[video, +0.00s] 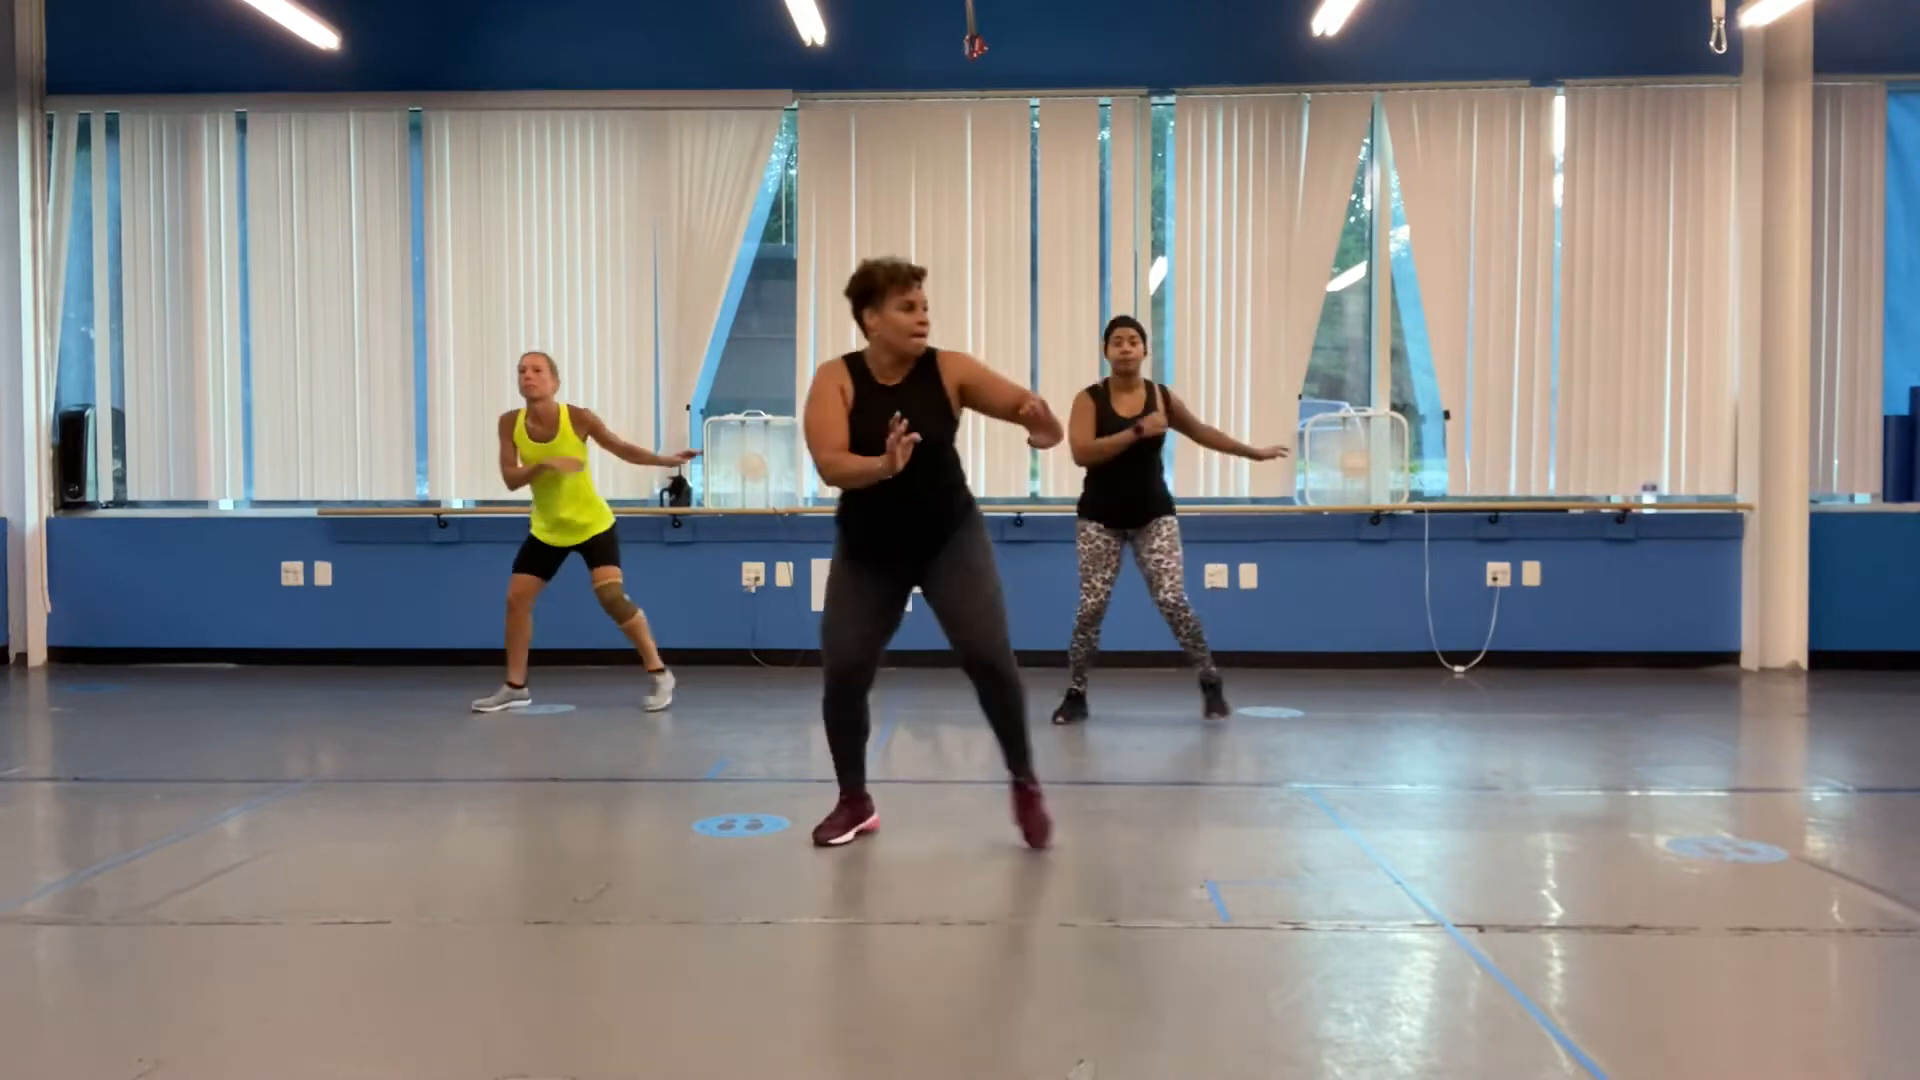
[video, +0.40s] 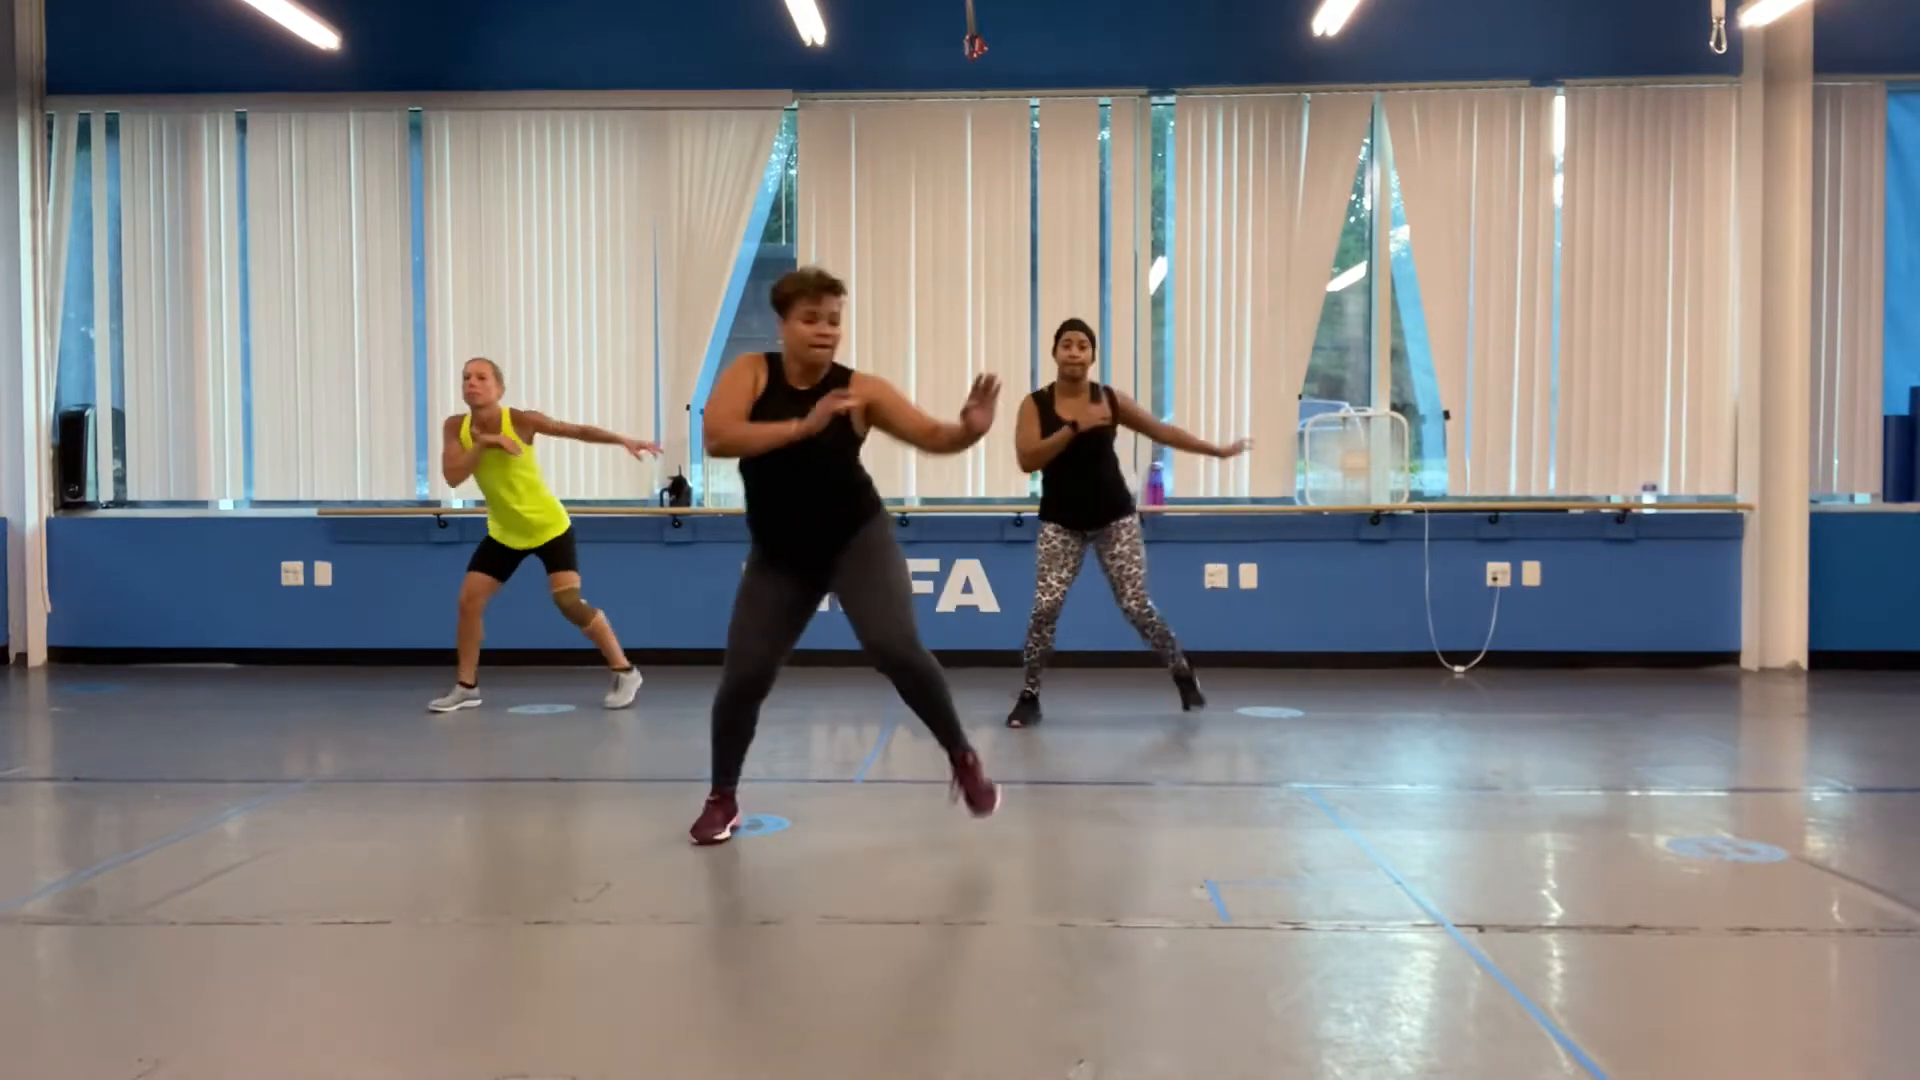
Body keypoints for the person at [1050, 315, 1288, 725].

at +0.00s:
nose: (1126, 348)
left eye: (1133, 342)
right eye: (1118, 342)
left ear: (1145, 351)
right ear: (1105, 352)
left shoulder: (1161, 398)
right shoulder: (1088, 400)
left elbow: (1201, 433)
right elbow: (1081, 453)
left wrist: (1252, 453)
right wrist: (1135, 432)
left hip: (1153, 517)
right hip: (1099, 519)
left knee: (1171, 601)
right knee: (1091, 607)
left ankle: (1211, 684)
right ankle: (1075, 694)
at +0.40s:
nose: (1074, 352)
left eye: (1082, 346)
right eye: (1067, 345)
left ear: (1093, 356)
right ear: (1054, 354)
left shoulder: (1109, 400)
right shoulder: (1035, 404)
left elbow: (1160, 431)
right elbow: (1027, 461)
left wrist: (1216, 451)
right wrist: (1073, 429)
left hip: (1113, 517)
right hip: (1060, 521)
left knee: (1134, 606)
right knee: (1045, 607)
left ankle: (1183, 674)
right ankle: (1029, 695)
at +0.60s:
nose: (1067, 361)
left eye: (1075, 355)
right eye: (1059, 356)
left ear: (1087, 363)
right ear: (1049, 365)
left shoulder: (1106, 414)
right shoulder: (1030, 417)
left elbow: (1129, 479)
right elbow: (995, 472)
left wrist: (1139, 536)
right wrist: (1011, 517)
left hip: (1105, 530)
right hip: (1050, 531)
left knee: (1125, 615)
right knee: (1041, 612)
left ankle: (1144, 689)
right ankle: (1027, 694)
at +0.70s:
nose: (1076, 357)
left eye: (1083, 350)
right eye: (1068, 351)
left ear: (1097, 357)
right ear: (1058, 361)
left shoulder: (1117, 406)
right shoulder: (1043, 411)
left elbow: (1127, 474)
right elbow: (1000, 456)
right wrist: (973, 500)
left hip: (1113, 520)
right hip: (1059, 522)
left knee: (1138, 607)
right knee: (1050, 610)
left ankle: (1151, 678)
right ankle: (1026, 693)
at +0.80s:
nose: (1091, 354)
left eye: (1097, 346)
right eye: (1082, 349)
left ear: (1111, 352)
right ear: (1073, 359)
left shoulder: (1137, 399)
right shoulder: (1061, 407)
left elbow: (1144, 467)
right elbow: (1023, 451)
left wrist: (1085, 479)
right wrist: (974, 468)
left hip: (1129, 516)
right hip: (1074, 517)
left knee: (1152, 598)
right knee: (1060, 603)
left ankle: (1177, 687)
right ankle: (1023, 691)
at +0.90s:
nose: (1106, 365)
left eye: (1113, 356)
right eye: (1098, 359)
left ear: (1127, 359)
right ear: (1089, 367)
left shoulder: (1156, 408)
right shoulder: (1078, 416)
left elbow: (1172, 469)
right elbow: (1048, 472)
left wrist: (1122, 495)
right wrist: (999, 472)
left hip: (1146, 524)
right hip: (1091, 522)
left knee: (1166, 608)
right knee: (1078, 604)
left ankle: (1187, 699)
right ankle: (1034, 677)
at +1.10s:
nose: (1115, 364)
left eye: (1122, 355)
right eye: (1107, 357)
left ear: (1137, 357)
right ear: (1098, 361)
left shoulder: (1159, 406)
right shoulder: (1083, 412)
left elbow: (1193, 459)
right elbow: (1069, 479)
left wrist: (1236, 499)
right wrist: (1093, 512)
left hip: (1155, 521)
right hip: (1102, 521)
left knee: (1167, 609)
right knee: (1089, 606)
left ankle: (1188, 700)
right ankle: (1067, 689)